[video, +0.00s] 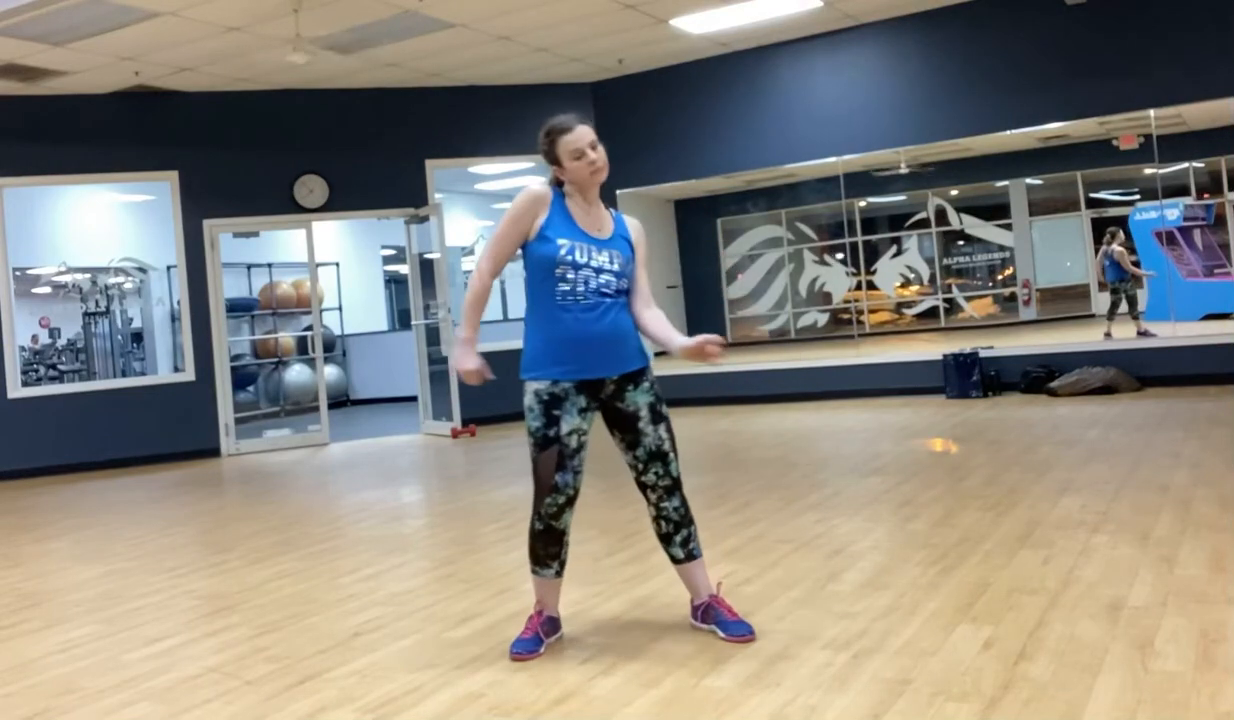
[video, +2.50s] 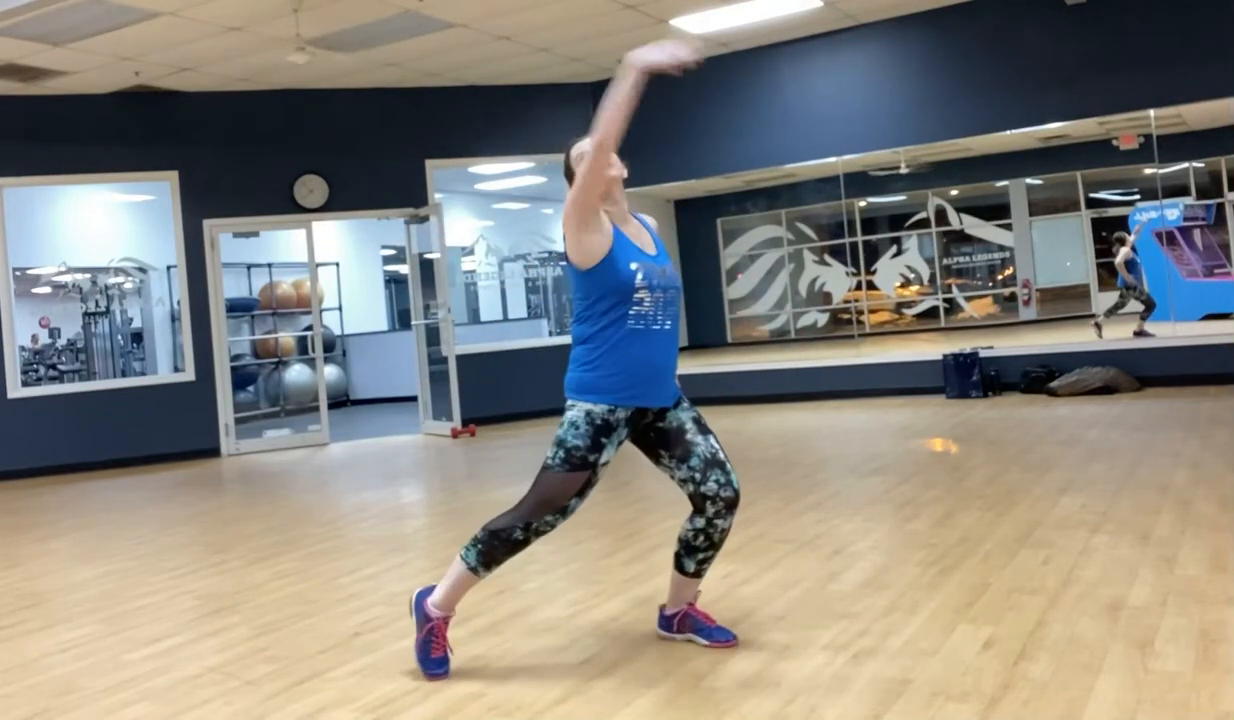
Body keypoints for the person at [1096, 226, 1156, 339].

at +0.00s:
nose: (1123, 236)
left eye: (1122, 233)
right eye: (1121, 234)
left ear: (1111, 237)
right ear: (1117, 236)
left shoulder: (1104, 249)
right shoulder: (1120, 251)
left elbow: (1098, 262)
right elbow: (1129, 267)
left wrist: (1100, 276)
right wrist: (1145, 273)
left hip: (1112, 281)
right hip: (1125, 281)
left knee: (1114, 304)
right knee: (1133, 303)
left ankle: (1108, 330)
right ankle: (1140, 328)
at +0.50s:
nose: (1123, 234)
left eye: (1121, 233)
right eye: (1121, 233)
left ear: (1110, 237)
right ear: (1119, 235)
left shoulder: (1107, 249)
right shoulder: (1131, 245)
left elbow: (1105, 266)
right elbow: (1140, 259)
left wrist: (1106, 280)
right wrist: (1143, 272)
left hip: (1115, 279)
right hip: (1132, 278)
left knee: (1111, 304)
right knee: (1140, 301)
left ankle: (1107, 330)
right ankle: (1142, 328)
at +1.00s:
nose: (1125, 234)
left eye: (1124, 232)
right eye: (1123, 232)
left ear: (1112, 236)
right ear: (1120, 235)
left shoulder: (1107, 249)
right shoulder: (1128, 247)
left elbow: (1099, 263)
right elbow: (1139, 262)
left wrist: (1103, 280)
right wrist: (1158, 268)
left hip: (1117, 281)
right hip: (1134, 279)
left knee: (1114, 306)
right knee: (1136, 305)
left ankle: (1108, 330)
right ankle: (1141, 328)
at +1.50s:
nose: (1121, 234)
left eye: (1119, 232)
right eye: (1119, 232)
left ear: (1107, 235)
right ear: (1117, 234)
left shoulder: (1103, 246)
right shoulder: (1122, 246)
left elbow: (1090, 251)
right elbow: (1127, 262)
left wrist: (1076, 256)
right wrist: (1133, 276)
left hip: (1109, 280)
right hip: (1123, 279)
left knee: (1111, 304)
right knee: (1137, 299)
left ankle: (1107, 330)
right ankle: (1140, 325)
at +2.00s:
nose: (1131, 236)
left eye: (1130, 234)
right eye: (1129, 235)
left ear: (1120, 239)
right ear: (1126, 238)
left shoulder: (1120, 248)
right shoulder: (1127, 247)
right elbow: (1122, 261)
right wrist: (1129, 277)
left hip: (1121, 283)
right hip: (1129, 283)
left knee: (1118, 303)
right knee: (1148, 303)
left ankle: (1099, 324)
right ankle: (1139, 328)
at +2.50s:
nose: (1129, 238)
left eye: (1128, 236)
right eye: (1127, 237)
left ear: (1119, 242)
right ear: (1125, 239)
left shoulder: (1127, 248)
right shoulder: (1125, 249)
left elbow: (1134, 235)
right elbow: (1118, 262)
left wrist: (1141, 224)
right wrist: (1127, 277)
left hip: (1127, 285)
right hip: (1131, 285)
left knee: (1120, 304)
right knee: (1151, 304)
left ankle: (1099, 321)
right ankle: (1140, 328)